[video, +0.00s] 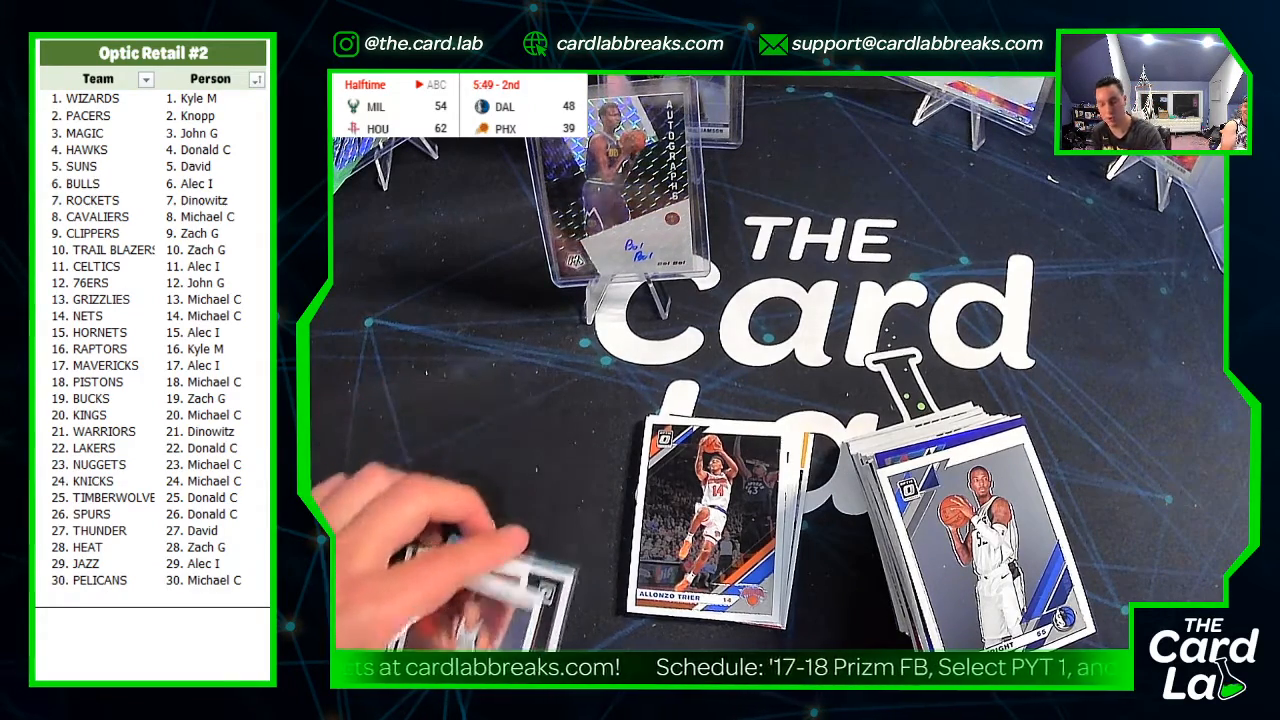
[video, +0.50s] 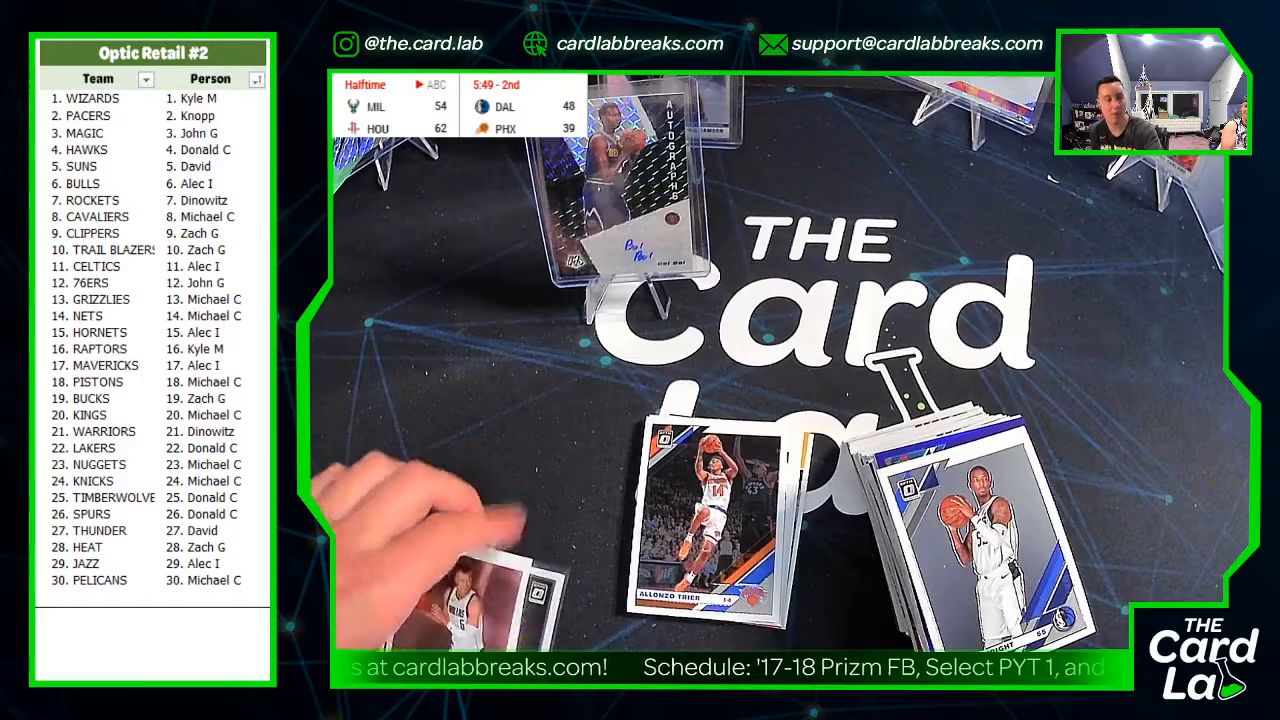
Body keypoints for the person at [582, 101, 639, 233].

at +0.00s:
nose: (617, 118)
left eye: (618, 114)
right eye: (612, 115)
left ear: (620, 117)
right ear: (602, 118)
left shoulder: (616, 141)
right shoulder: (598, 140)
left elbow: (619, 174)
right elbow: (607, 176)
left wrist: (632, 153)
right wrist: (624, 154)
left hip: (612, 189)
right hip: (597, 191)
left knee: (625, 225)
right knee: (607, 231)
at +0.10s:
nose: (617, 118)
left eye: (618, 114)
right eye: (613, 115)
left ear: (620, 117)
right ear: (603, 118)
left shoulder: (616, 141)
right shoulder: (598, 140)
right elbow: (606, 176)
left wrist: (632, 152)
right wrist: (623, 155)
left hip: (611, 188)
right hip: (596, 190)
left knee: (624, 222)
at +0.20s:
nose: (617, 118)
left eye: (618, 114)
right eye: (612, 115)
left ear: (620, 117)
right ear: (603, 118)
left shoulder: (616, 140)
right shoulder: (598, 140)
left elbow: (620, 172)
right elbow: (606, 176)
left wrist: (633, 153)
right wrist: (624, 154)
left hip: (612, 188)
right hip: (595, 190)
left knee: (623, 225)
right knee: (601, 232)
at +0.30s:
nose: (617, 118)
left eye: (618, 114)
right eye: (612, 115)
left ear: (620, 117)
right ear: (602, 118)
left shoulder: (616, 141)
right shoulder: (598, 140)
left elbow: (619, 176)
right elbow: (606, 176)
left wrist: (633, 154)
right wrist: (624, 154)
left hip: (612, 189)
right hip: (596, 191)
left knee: (624, 225)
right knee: (600, 233)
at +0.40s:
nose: (618, 118)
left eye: (619, 114)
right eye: (613, 115)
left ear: (620, 117)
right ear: (603, 118)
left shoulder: (617, 141)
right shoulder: (598, 140)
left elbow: (619, 178)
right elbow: (606, 175)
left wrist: (632, 155)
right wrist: (624, 154)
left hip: (612, 189)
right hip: (596, 190)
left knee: (625, 227)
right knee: (598, 234)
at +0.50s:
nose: (617, 118)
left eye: (618, 114)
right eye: (612, 115)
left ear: (620, 117)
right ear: (603, 118)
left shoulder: (616, 140)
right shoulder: (598, 140)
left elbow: (622, 170)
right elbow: (606, 175)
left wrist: (632, 153)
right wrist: (624, 154)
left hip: (612, 187)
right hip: (598, 189)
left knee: (625, 219)